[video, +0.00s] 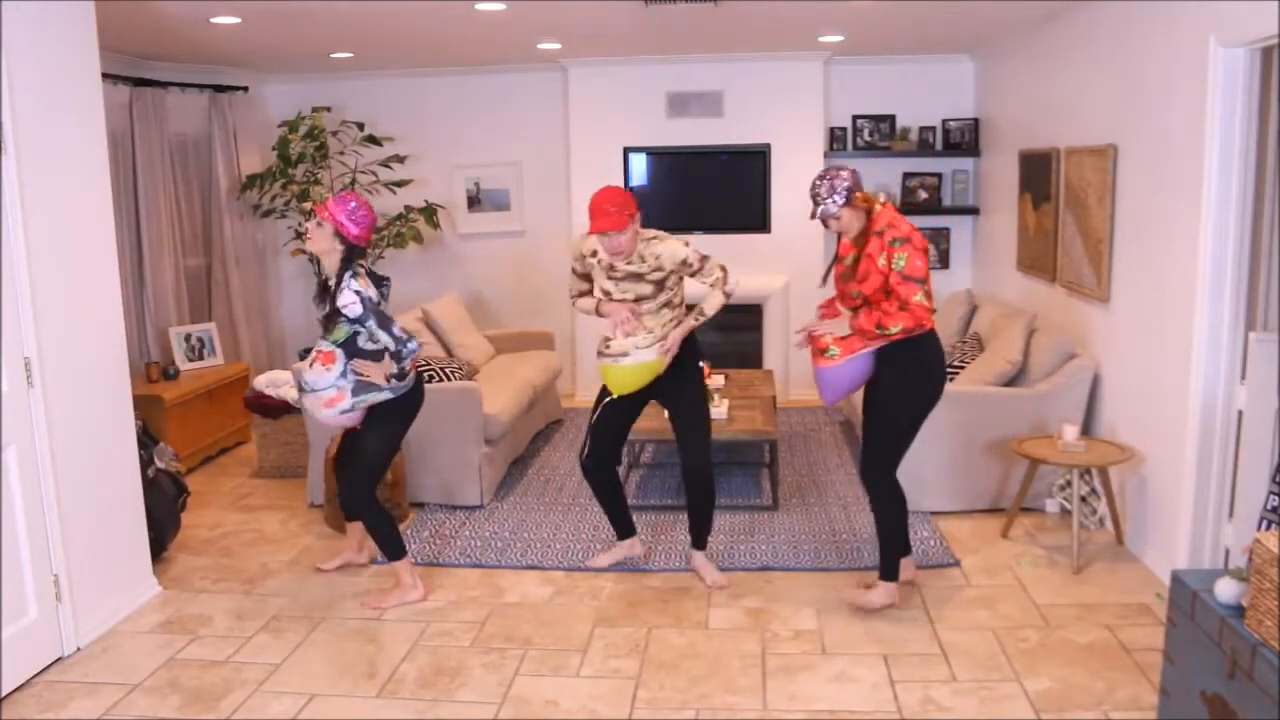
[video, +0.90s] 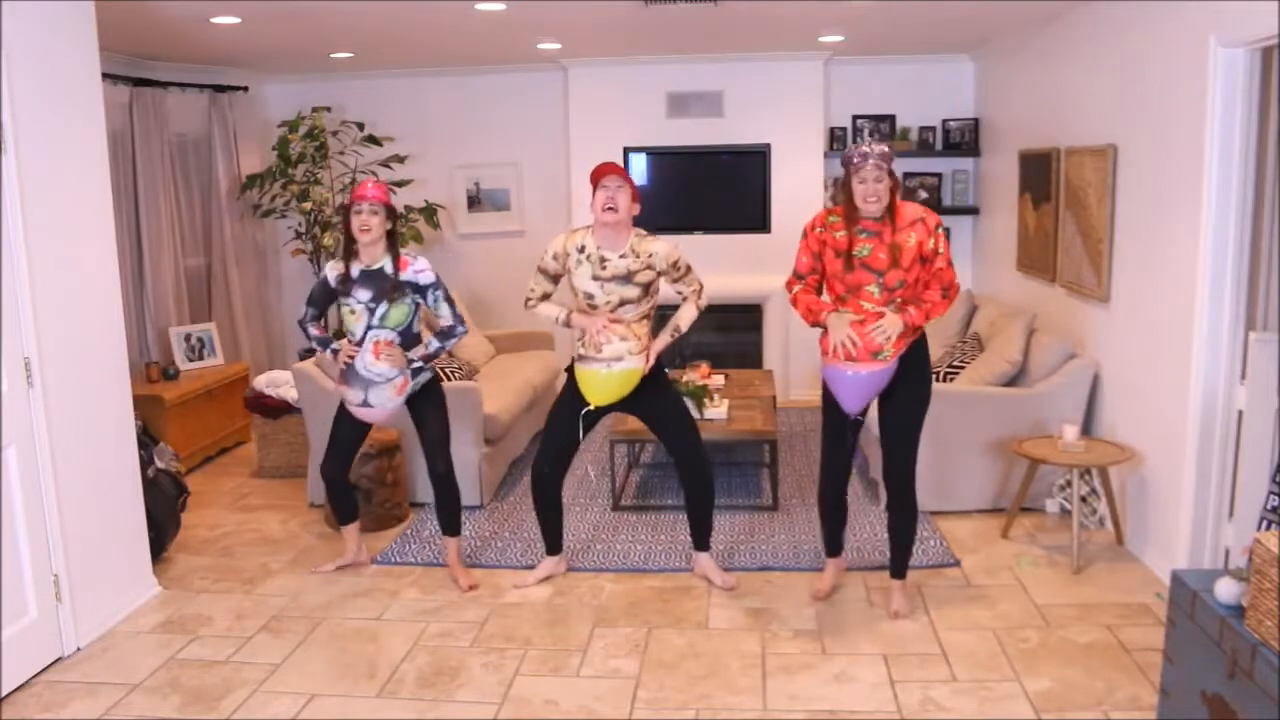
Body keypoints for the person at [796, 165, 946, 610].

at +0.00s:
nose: (832, 228)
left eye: (835, 218)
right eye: (827, 221)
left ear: (856, 202)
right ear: (834, 212)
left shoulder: (899, 236)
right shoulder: (857, 237)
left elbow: (912, 308)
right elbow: (853, 295)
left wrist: (849, 329)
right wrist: (821, 323)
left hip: (915, 359)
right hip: (886, 358)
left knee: (877, 470)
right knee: (875, 467)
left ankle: (888, 584)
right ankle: (901, 562)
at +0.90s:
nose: (871, 189)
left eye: (879, 180)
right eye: (862, 180)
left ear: (892, 182)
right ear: (848, 184)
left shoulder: (922, 224)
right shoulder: (825, 227)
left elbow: (944, 287)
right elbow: (800, 286)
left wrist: (905, 317)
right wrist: (828, 316)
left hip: (905, 352)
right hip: (844, 353)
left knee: (899, 470)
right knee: (834, 466)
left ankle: (899, 580)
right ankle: (833, 559)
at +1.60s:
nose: (905, 190)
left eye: (912, 183)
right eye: (894, 185)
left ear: (924, 198)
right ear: (878, 202)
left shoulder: (948, 247)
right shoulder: (857, 257)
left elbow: (962, 307)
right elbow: (832, 323)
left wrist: (943, 341)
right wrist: (881, 362)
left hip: (933, 381)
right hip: (869, 380)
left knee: (966, 495)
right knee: (855, 490)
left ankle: (959, 584)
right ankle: (825, 574)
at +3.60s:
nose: (916, 219)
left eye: (926, 212)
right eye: (910, 209)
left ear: (937, 208)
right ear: (894, 200)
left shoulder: (950, 234)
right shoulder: (860, 226)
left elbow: (976, 293)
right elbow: (814, 280)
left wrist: (937, 319)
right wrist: (869, 312)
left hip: (922, 367)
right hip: (861, 364)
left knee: (963, 485)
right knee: (833, 484)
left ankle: (971, 584)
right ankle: (801, 591)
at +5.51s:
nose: (910, 188)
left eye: (915, 184)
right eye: (899, 183)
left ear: (924, 199)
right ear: (877, 197)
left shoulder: (944, 240)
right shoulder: (853, 247)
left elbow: (969, 305)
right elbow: (814, 308)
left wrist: (936, 349)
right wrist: (868, 349)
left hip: (923, 378)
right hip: (862, 377)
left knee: (972, 491)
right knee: (833, 492)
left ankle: (971, 585)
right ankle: (801, 592)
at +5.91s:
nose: (908, 207)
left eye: (913, 201)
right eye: (897, 202)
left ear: (923, 214)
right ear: (877, 215)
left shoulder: (945, 255)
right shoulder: (853, 266)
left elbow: (965, 316)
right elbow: (815, 324)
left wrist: (933, 362)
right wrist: (867, 366)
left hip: (924, 382)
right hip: (861, 382)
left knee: (973, 492)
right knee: (833, 492)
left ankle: (971, 585)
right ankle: (801, 593)